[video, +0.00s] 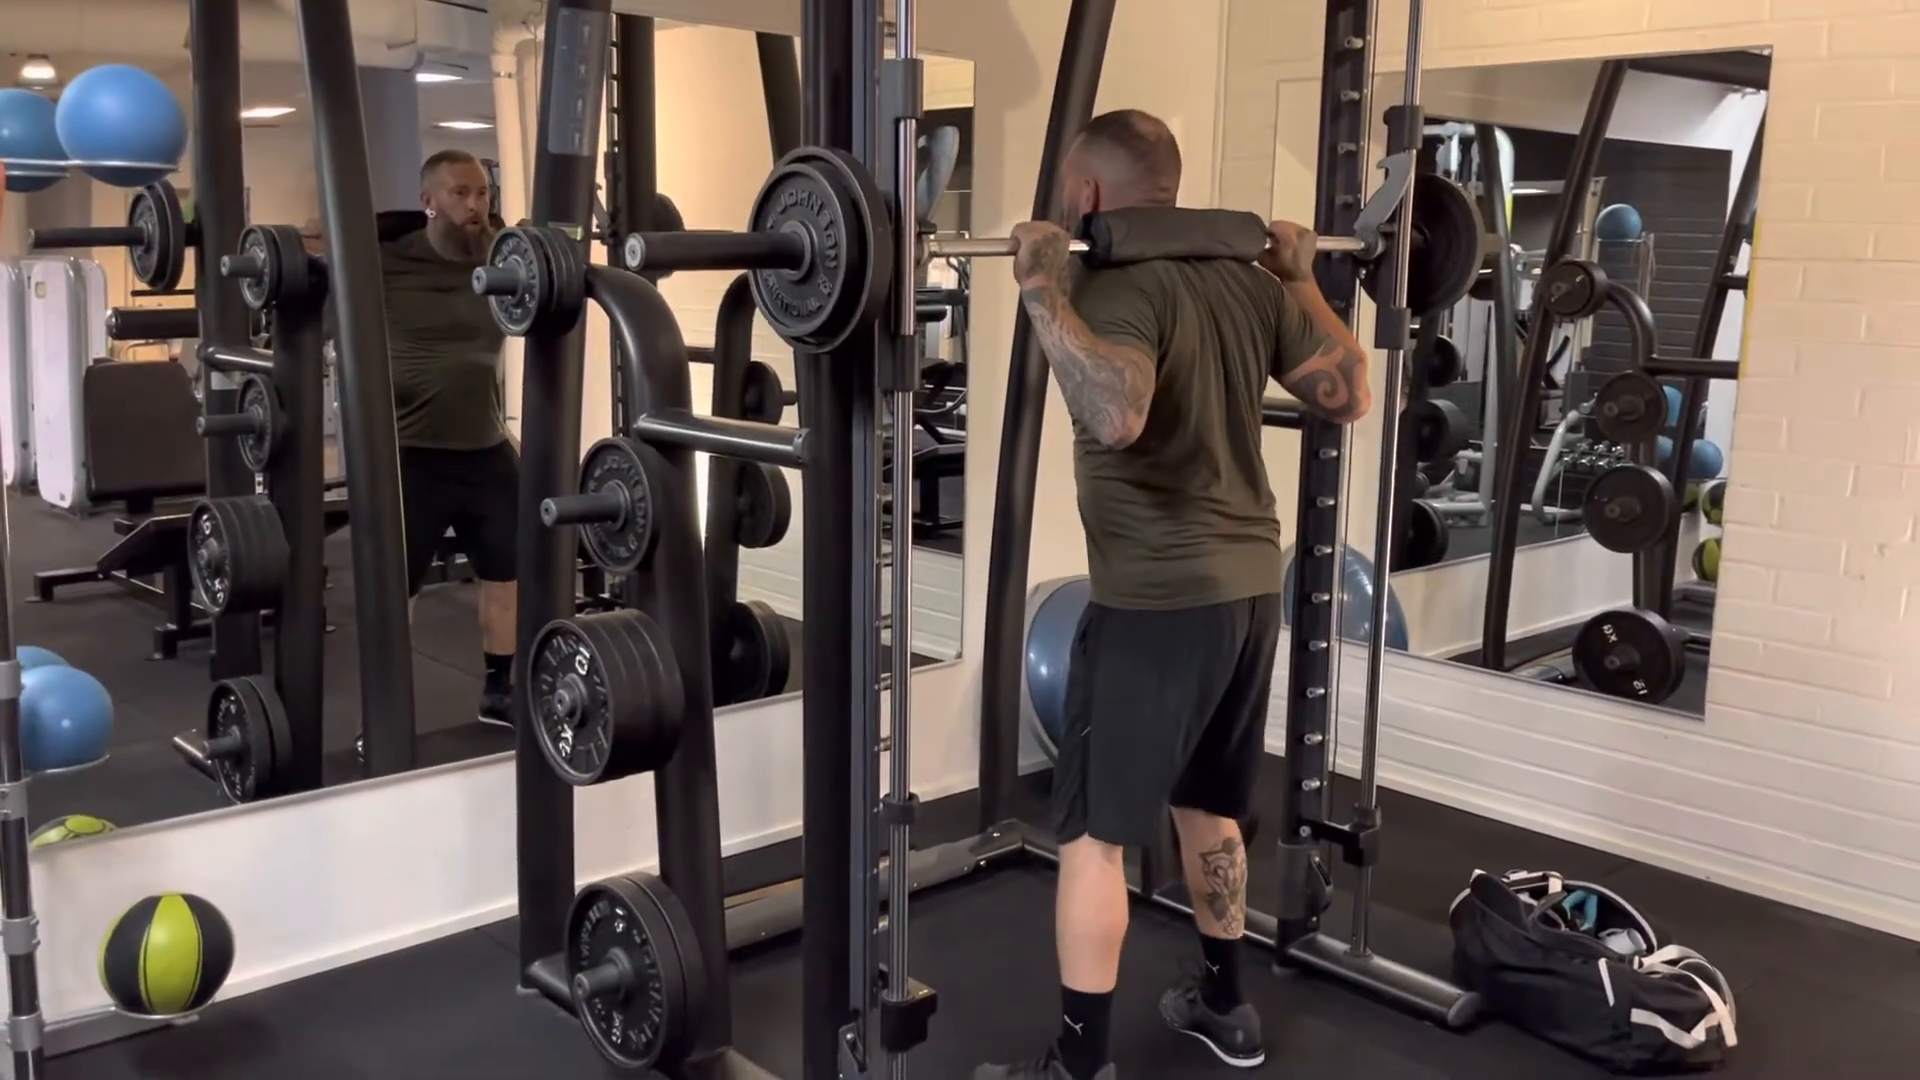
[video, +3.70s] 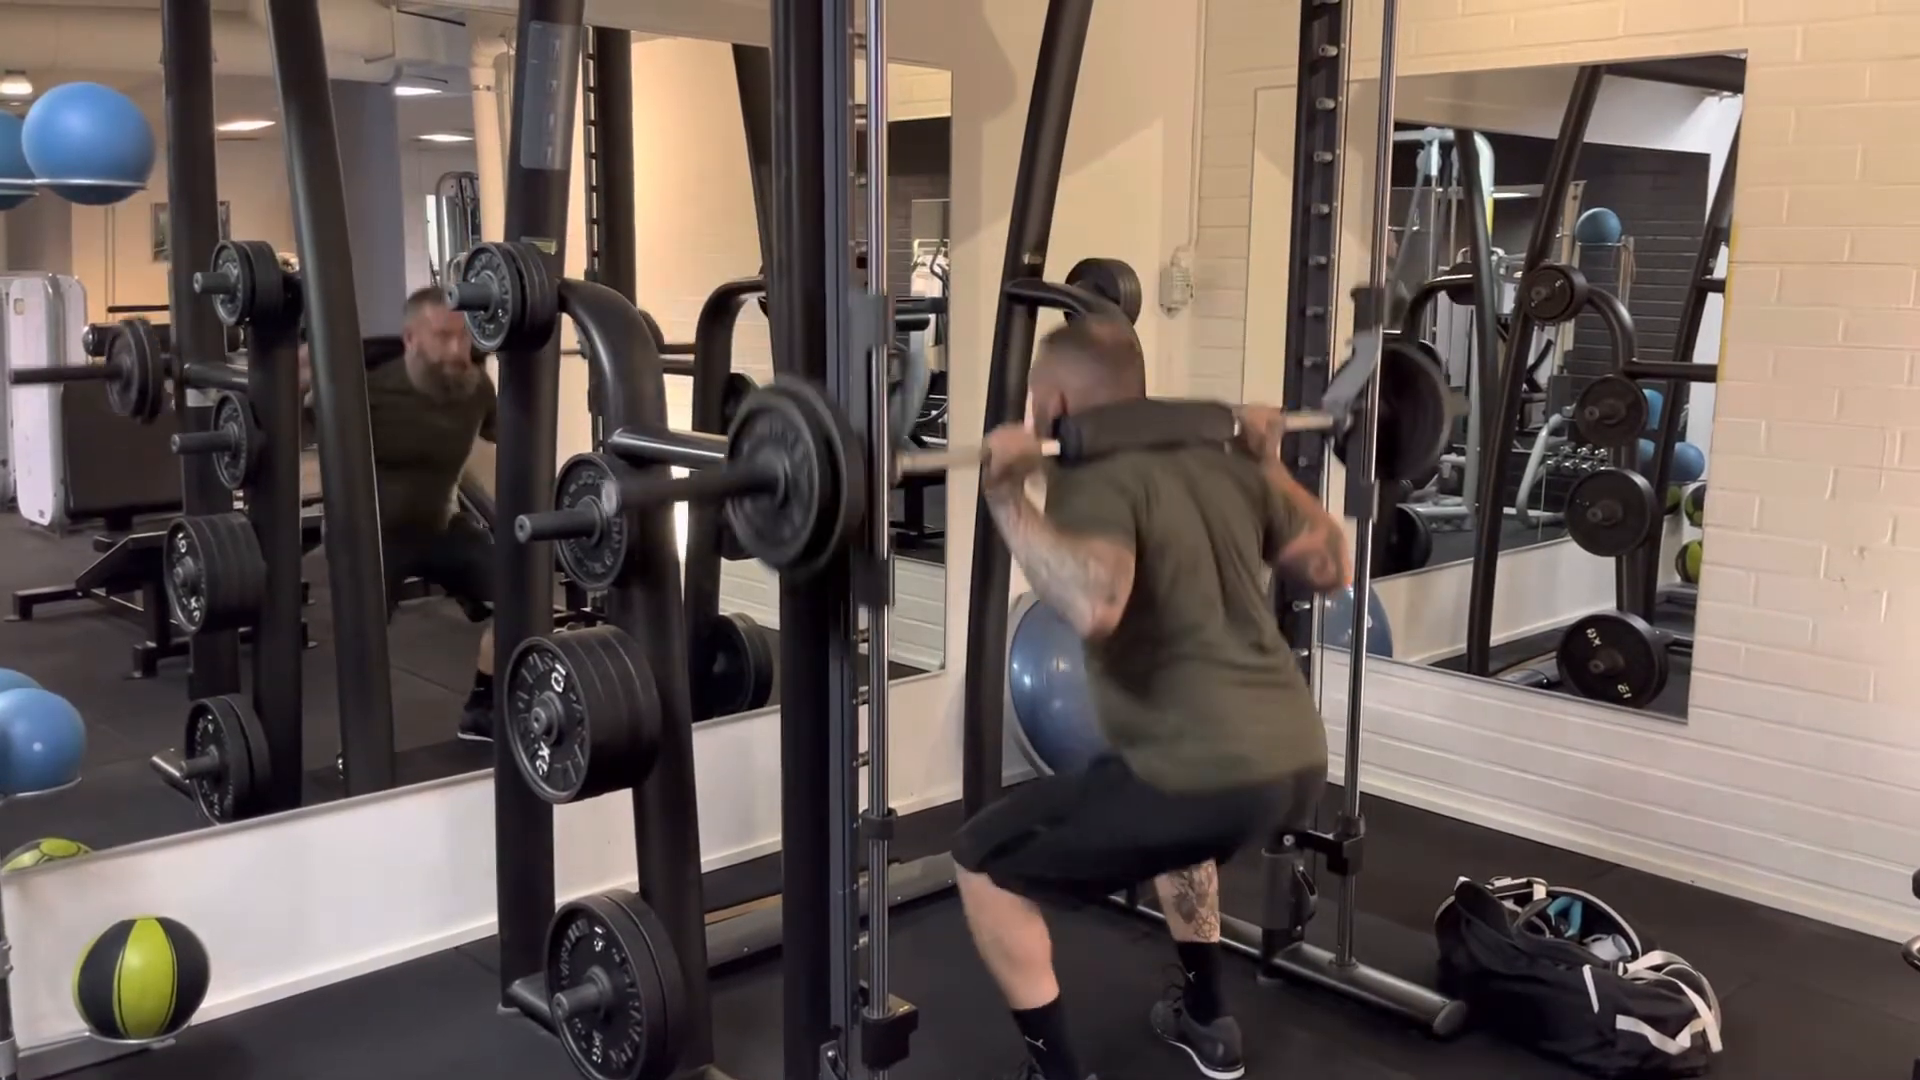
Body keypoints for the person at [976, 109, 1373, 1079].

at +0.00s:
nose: (1062, 204)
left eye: (1066, 187)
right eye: (1065, 188)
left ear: (1094, 186)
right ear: (1171, 185)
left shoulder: (1123, 279)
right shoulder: (1247, 274)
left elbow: (1117, 413)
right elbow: (1344, 394)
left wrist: (1042, 290)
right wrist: (1301, 278)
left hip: (1156, 602)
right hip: (1250, 593)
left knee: (1097, 826)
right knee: (1210, 793)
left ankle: (1078, 1057)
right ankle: (1224, 1003)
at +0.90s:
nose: (1050, 311)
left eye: (1053, 297)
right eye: (1051, 297)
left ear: (1079, 295)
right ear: (1148, 284)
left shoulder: (1110, 375)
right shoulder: (1238, 364)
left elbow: (1104, 501)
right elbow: (1335, 473)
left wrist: (1026, 394)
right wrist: (1282, 365)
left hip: (1180, 682)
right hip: (1278, 670)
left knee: (1011, 832)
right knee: (1187, 808)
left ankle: (1065, 1051)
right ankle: (1213, 999)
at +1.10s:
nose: (1036, 409)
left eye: (1040, 393)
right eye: (1035, 394)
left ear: (1067, 404)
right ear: (1143, 392)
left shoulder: (1106, 481)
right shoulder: (1234, 473)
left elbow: (1102, 608)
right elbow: (1337, 566)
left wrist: (1017, 499)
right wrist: (1277, 462)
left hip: (1200, 787)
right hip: (1298, 776)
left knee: (987, 837)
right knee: (1162, 775)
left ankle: (1059, 1050)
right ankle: (1208, 990)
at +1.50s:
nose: (1036, 551)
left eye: (1037, 533)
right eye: (1035, 532)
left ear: (1063, 544)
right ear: (1138, 529)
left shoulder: (1099, 620)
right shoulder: (1221, 597)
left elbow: (1094, 762)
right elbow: (1329, 697)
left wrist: (1009, 648)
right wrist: (1267, 589)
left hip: (1208, 920)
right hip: (1305, 898)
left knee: (977, 838)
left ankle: (1057, 1055)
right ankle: (1209, 1007)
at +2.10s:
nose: (1039, 409)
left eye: (1041, 394)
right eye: (1040, 395)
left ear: (1062, 400)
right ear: (1140, 388)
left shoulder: (1100, 480)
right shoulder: (1228, 474)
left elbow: (1090, 610)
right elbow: (1325, 567)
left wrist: (1007, 495)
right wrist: (1269, 462)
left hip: (1202, 778)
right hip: (1301, 765)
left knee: (992, 844)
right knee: (1162, 799)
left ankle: (1053, 1056)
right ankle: (1204, 1004)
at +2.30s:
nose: (1048, 303)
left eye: (1049, 289)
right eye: (1049, 289)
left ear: (1070, 289)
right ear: (1145, 284)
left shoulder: (1097, 375)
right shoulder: (1225, 366)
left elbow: (1087, 507)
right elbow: (1328, 478)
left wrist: (1011, 397)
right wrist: (1272, 372)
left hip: (1180, 677)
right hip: (1275, 663)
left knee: (1012, 840)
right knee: (1183, 815)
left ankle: (1057, 1060)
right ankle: (1208, 1015)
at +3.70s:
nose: (1036, 413)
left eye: (1038, 397)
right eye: (1035, 399)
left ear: (1059, 401)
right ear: (1133, 388)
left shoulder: (1099, 473)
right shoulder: (1227, 464)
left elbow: (1094, 603)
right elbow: (1331, 562)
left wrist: (1004, 493)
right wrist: (1270, 460)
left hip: (1194, 783)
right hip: (1292, 770)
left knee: (984, 858)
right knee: (1171, 818)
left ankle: (1057, 1065)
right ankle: (1209, 1019)